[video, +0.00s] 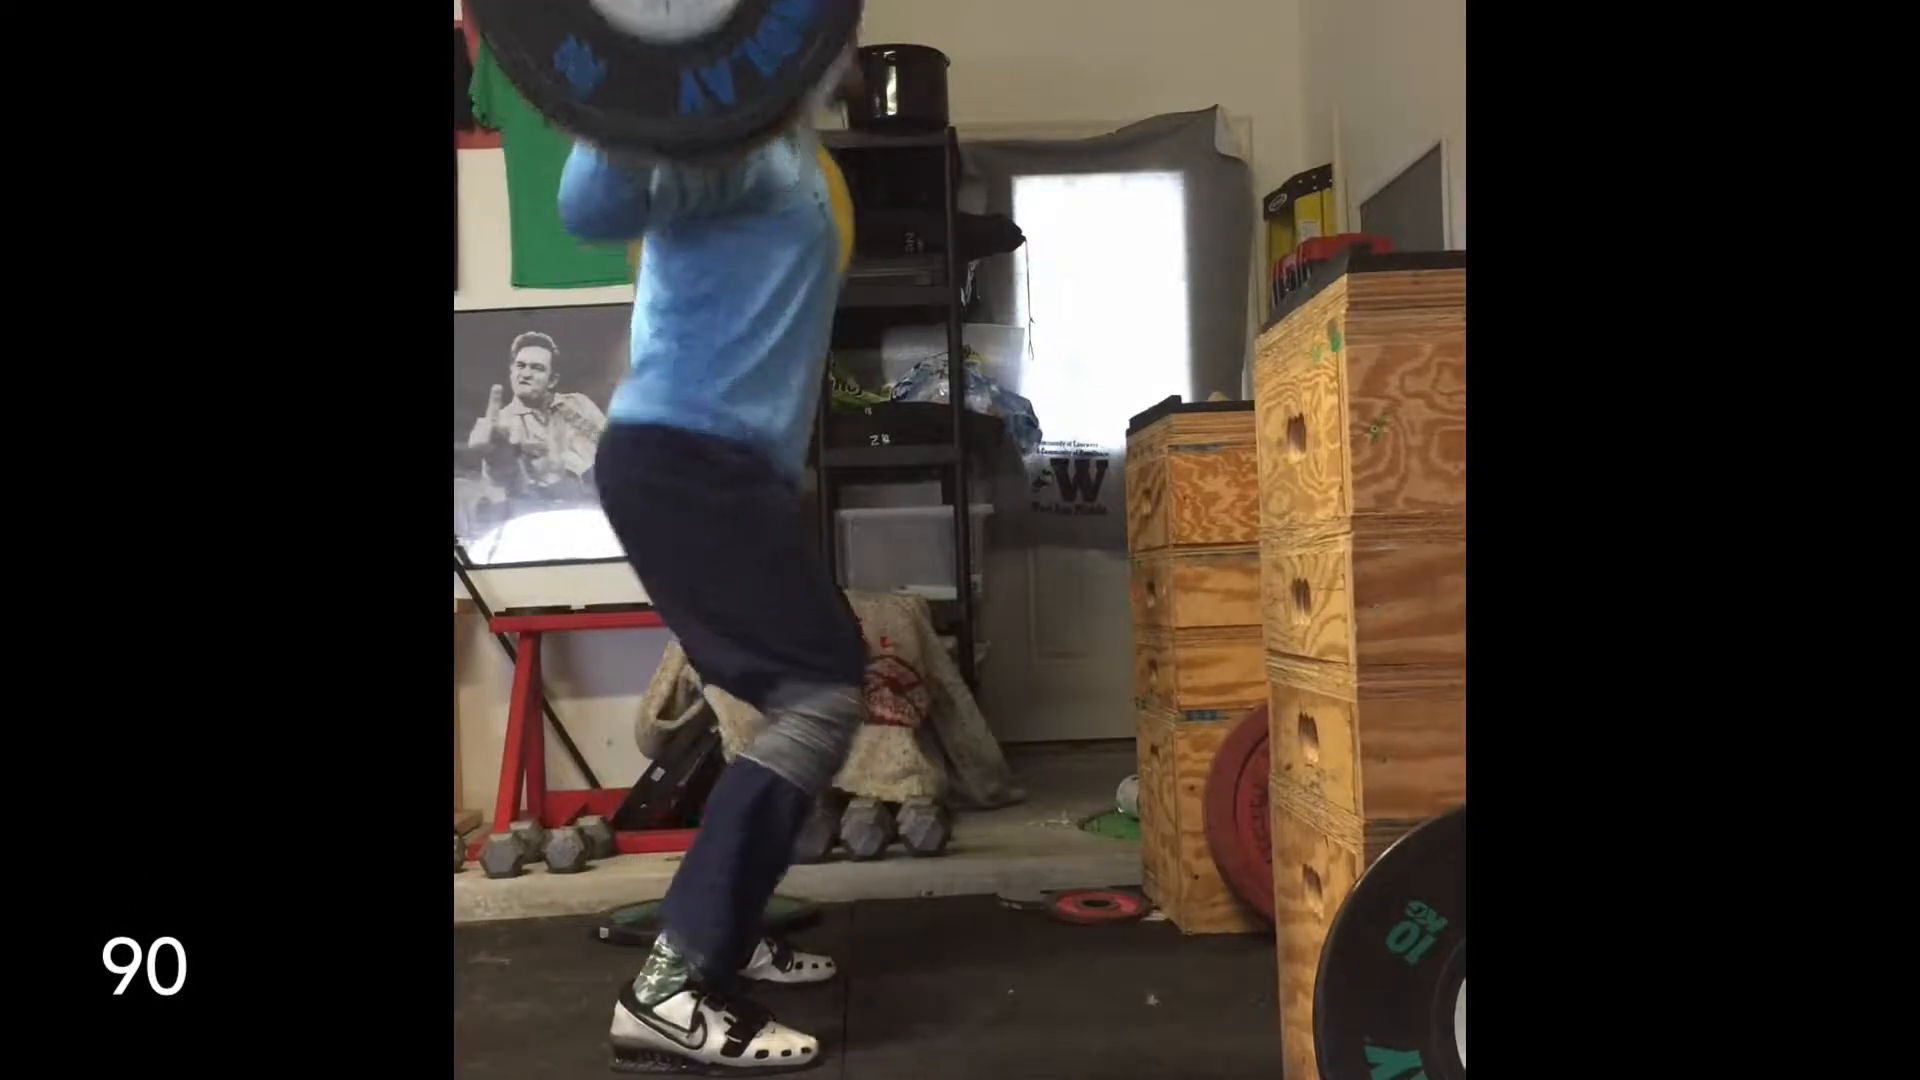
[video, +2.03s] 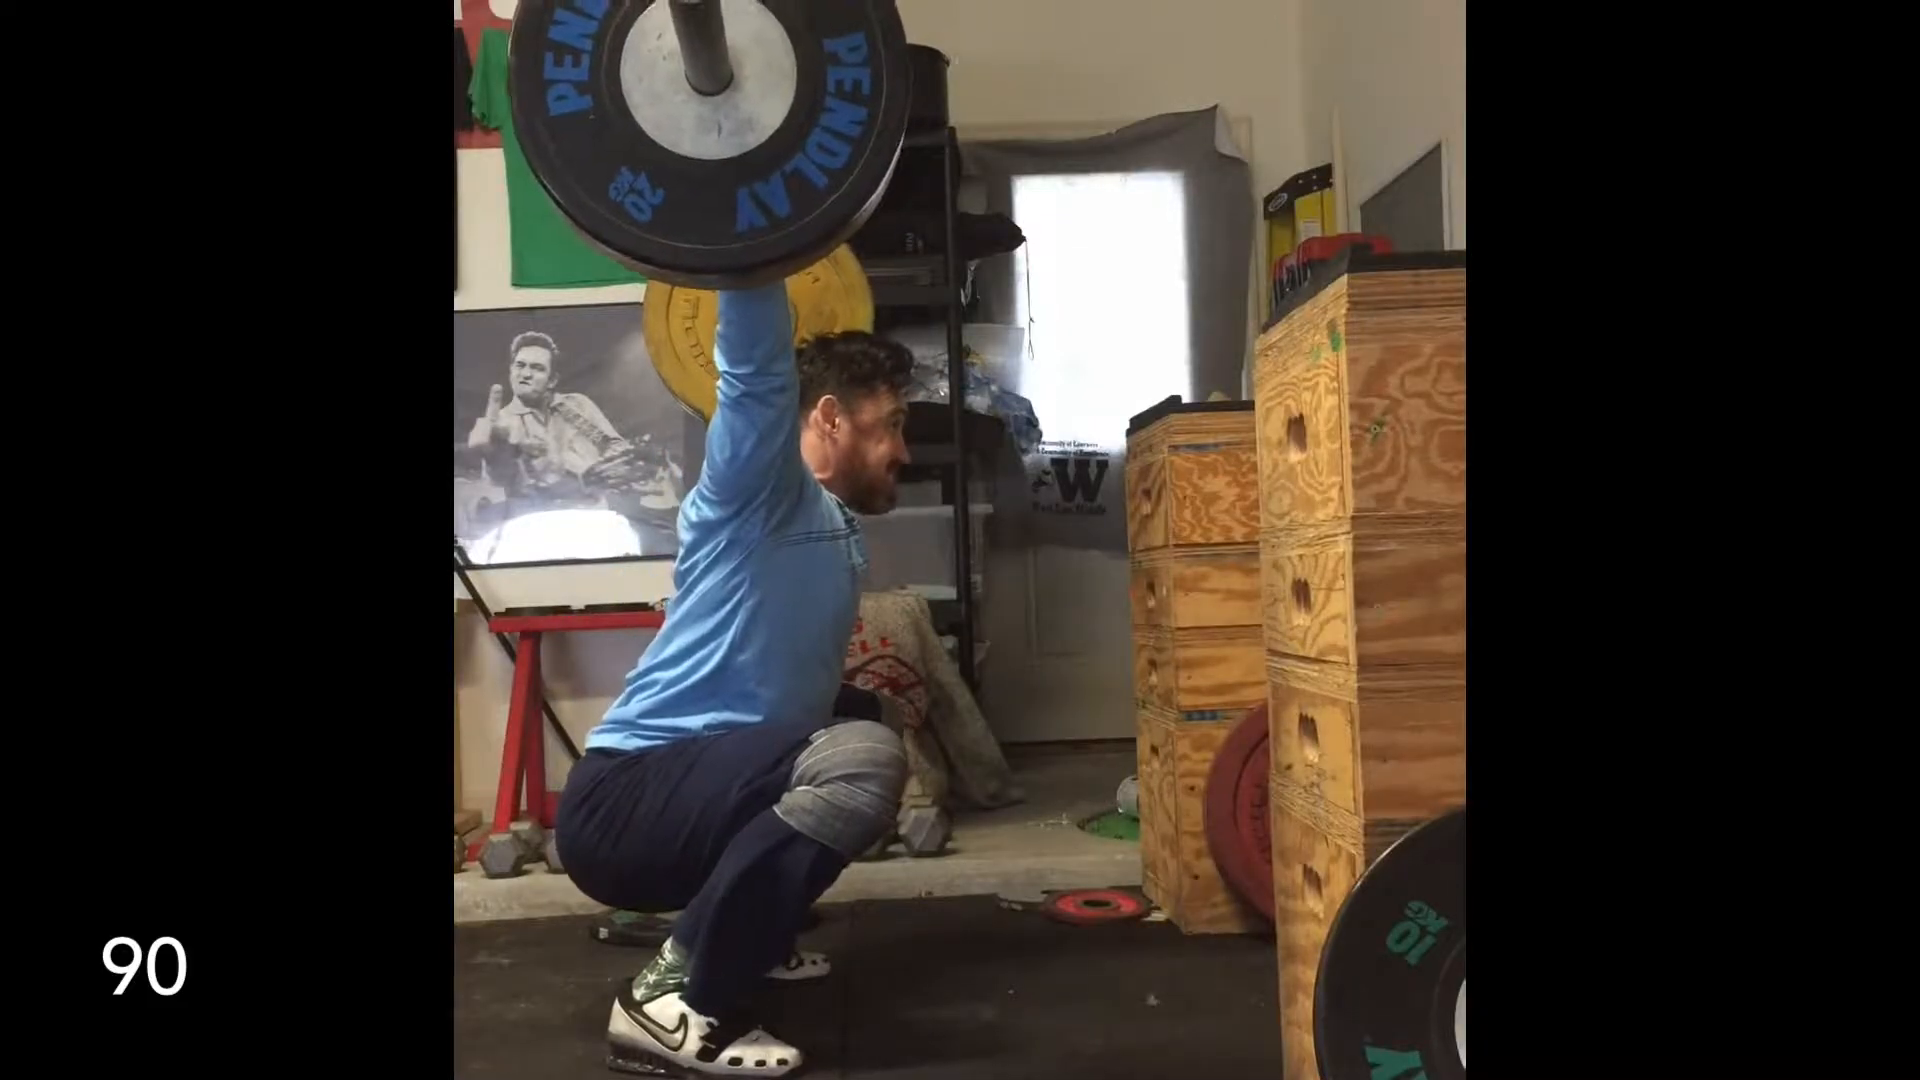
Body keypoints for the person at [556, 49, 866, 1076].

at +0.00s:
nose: (841, 65)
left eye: (839, 48)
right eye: (826, 50)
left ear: (803, 65)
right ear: (778, 60)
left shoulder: (806, 160)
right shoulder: (736, 150)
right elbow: (587, 207)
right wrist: (638, 82)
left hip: (734, 458)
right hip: (683, 456)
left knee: (815, 684)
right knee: (816, 693)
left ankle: (728, 921)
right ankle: (673, 979)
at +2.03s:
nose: (904, 451)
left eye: (903, 429)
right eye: (890, 427)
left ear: (837, 428)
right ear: (827, 423)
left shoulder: (840, 534)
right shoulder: (755, 497)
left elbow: (778, 680)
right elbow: (755, 370)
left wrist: (852, 699)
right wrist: (745, 217)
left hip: (699, 788)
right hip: (620, 799)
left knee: (869, 717)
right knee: (861, 758)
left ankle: (748, 929)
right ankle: (677, 990)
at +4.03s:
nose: (859, 18)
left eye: (859, 5)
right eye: (849, 1)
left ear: (797, 12)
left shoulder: (788, 103)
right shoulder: (715, 66)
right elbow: (554, 110)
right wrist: (612, 14)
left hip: (738, 406)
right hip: (676, 393)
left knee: (710, 667)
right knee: (677, 672)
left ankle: (691, 917)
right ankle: (643, 981)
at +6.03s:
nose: (842, 38)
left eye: (841, 20)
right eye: (826, 18)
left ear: (800, 38)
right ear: (768, 23)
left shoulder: (790, 134)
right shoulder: (704, 121)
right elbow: (571, 173)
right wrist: (651, 57)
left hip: (722, 446)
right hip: (649, 434)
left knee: (767, 684)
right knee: (766, 684)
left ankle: (699, 920)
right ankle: (649, 985)